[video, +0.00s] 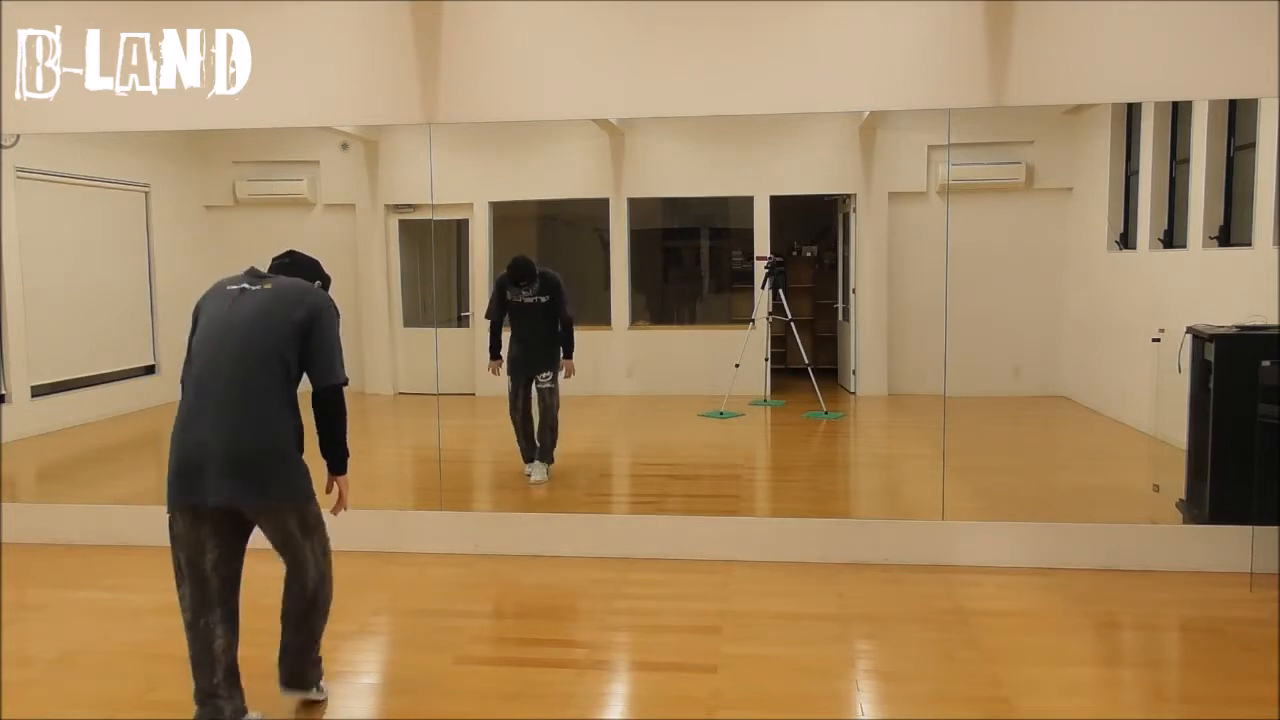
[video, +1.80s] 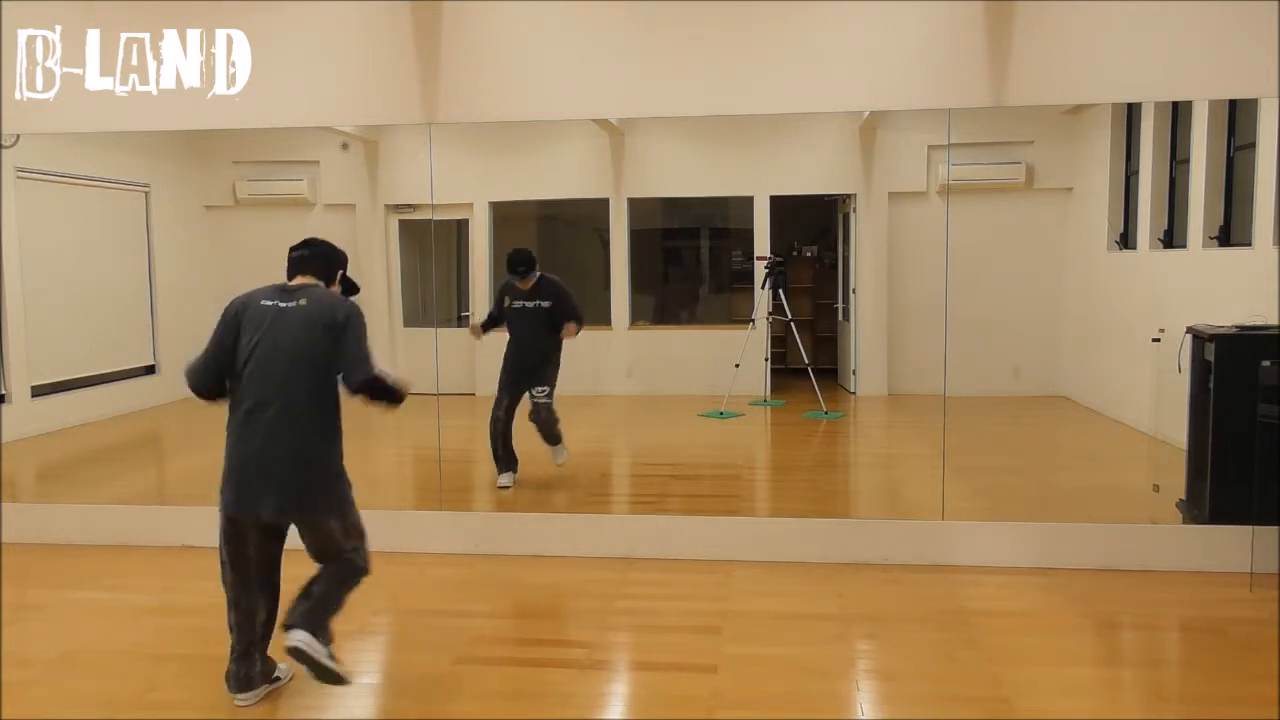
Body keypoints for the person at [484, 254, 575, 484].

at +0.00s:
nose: (526, 289)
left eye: (529, 285)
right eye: (521, 286)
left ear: (535, 276)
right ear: (512, 279)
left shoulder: (551, 282)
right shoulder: (503, 284)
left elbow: (565, 318)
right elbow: (496, 320)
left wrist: (568, 356)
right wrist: (495, 354)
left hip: (547, 351)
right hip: (519, 350)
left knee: (548, 408)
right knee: (518, 408)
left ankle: (544, 460)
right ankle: (530, 458)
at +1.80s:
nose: (522, 285)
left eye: (525, 280)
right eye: (517, 281)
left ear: (535, 271)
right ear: (511, 275)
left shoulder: (553, 287)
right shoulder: (507, 289)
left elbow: (575, 317)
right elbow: (499, 315)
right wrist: (483, 327)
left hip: (546, 356)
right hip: (517, 355)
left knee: (541, 411)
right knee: (500, 414)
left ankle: (556, 443)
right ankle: (505, 469)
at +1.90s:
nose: (528, 272)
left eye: (532, 266)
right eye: (524, 267)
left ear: (542, 259)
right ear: (518, 263)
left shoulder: (564, 279)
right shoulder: (514, 282)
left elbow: (592, 296)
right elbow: (493, 300)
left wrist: (600, 302)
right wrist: (472, 306)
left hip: (555, 362)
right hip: (524, 361)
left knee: (566, 415)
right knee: (509, 414)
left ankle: (589, 452)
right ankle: (506, 469)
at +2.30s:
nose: (554, 269)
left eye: (558, 264)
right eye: (550, 264)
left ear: (568, 259)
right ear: (544, 262)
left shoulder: (588, 283)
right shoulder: (540, 287)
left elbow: (601, 317)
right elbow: (539, 322)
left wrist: (587, 336)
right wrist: (545, 347)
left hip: (586, 359)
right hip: (557, 362)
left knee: (594, 413)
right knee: (567, 416)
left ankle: (606, 461)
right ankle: (583, 457)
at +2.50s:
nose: (561, 269)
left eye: (565, 264)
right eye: (556, 265)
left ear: (572, 258)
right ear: (547, 261)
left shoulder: (585, 274)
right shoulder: (538, 279)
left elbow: (586, 308)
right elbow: (535, 315)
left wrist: (554, 311)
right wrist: (558, 320)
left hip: (579, 352)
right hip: (551, 354)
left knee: (573, 410)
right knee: (563, 411)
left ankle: (553, 460)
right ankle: (583, 455)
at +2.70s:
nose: (553, 277)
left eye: (557, 272)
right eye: (549, 273)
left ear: (565, 266)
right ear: (541, 267)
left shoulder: (577, 280)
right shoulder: (531, 279)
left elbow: (575, 316)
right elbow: (534, 314)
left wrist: (549, 325)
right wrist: (550, 336)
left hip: (568, 354)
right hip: (541, 356)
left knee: (562, 410)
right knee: (554, 412)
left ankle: (547, 462)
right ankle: (581, 453)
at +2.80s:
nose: (546, 279)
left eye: (550, 274)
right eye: (541, 275)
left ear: (558, 268)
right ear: (534, 269)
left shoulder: (570, 285)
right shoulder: (523, 283)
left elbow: (571, 321)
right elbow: (524, 318)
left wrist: (549, 342)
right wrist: (533, 343)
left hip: (562, 354)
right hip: (534, 354)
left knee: (560, 412)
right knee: (537, 413)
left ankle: (546, 463)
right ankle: (568, 448)